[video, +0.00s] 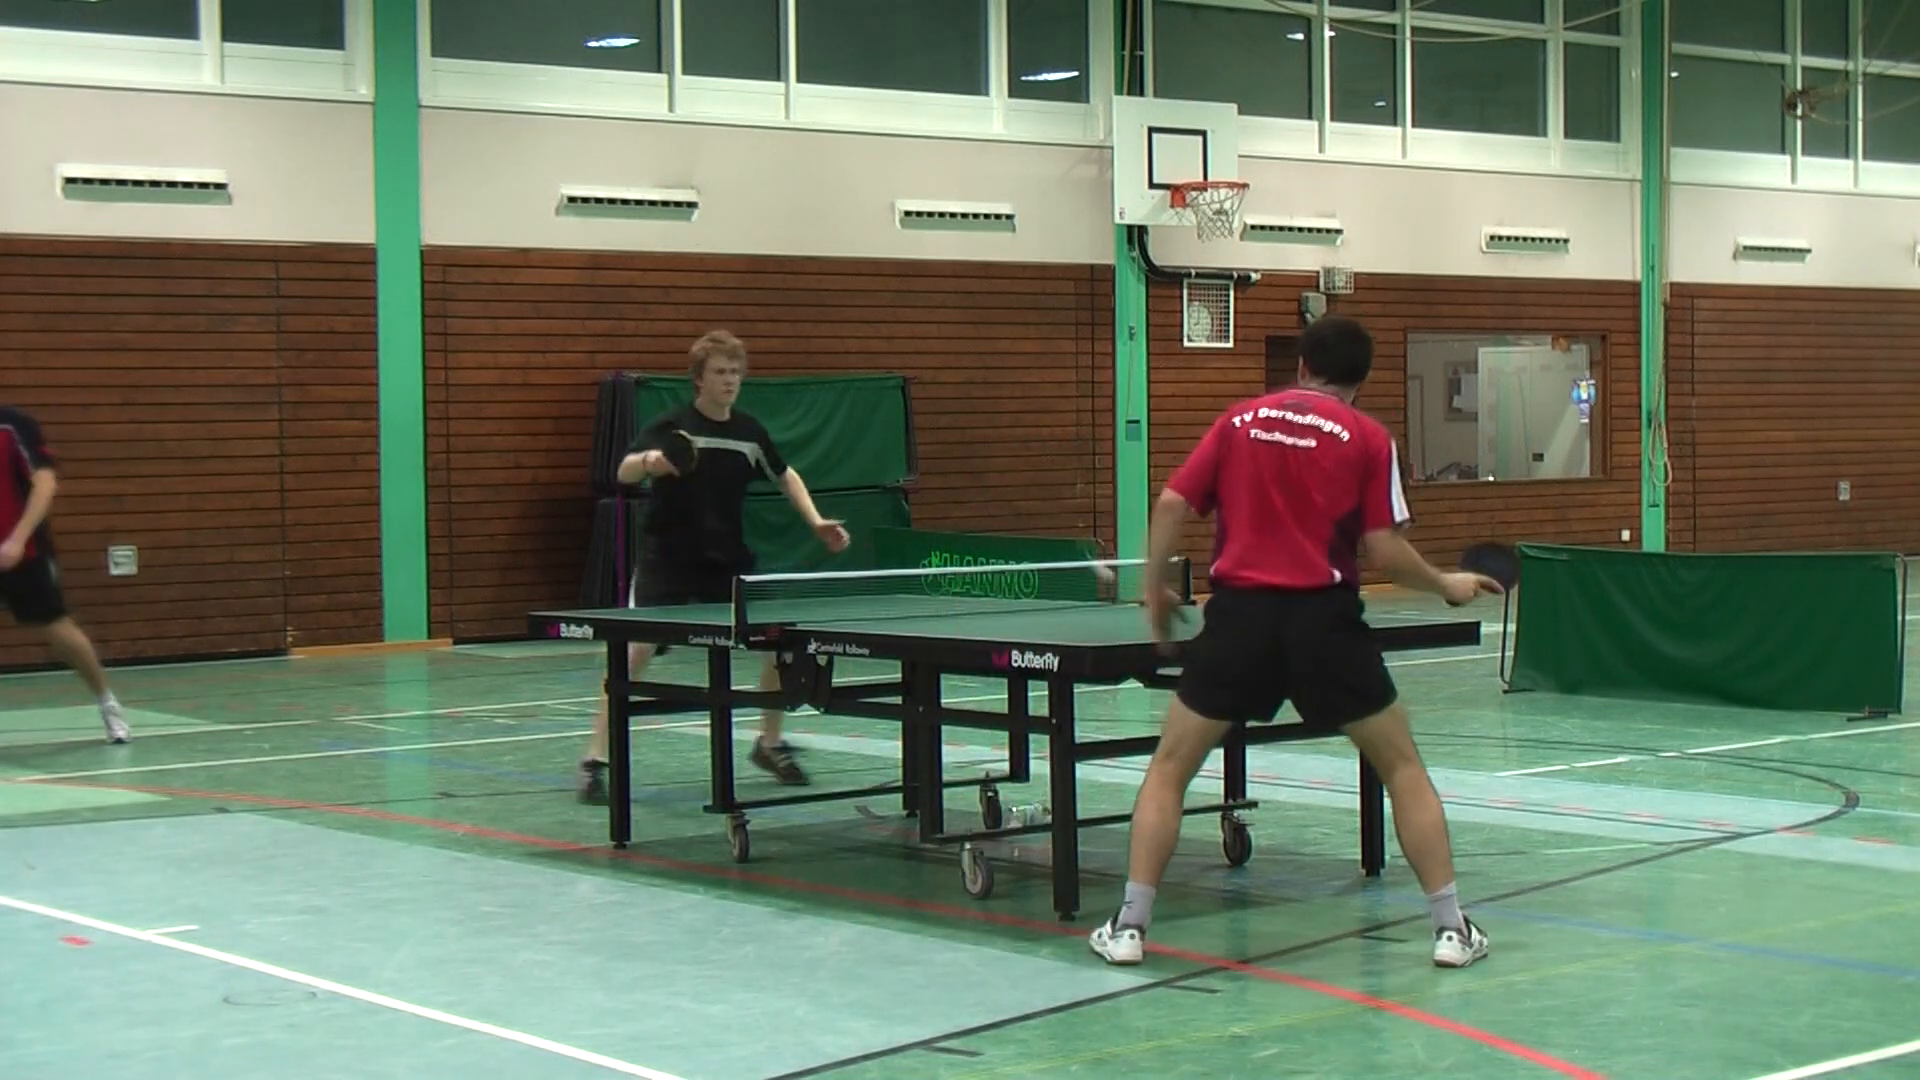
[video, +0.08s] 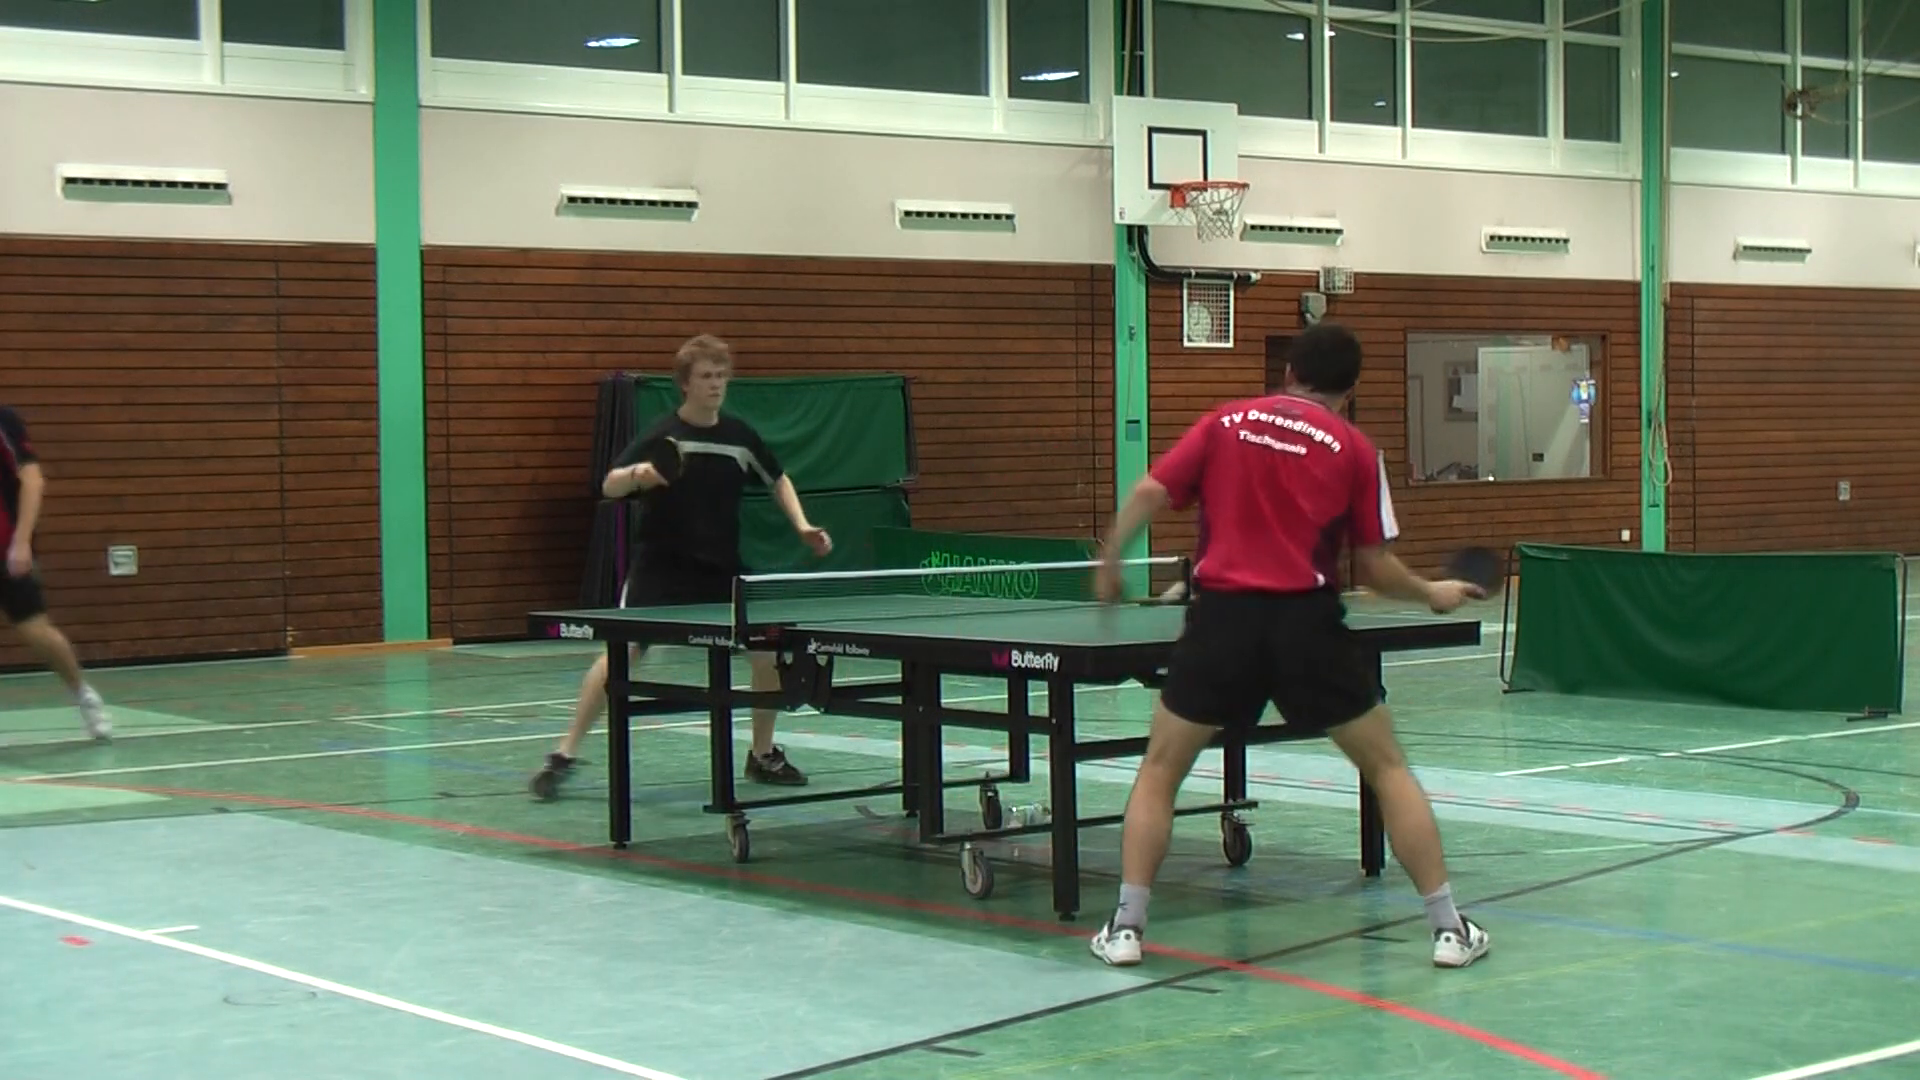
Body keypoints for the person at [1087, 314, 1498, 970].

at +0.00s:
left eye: (1308, 363)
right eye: (1358, 381)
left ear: (1302, 365)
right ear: (1362, 379)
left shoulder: (1241, 416)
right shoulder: (1369, 437)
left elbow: (1172, 504)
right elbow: (1384, 551)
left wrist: (1156, 586)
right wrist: (1444, 583)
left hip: (1235, 624)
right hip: (1325, 627)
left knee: (1170, 767)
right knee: (1401, 767)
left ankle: (1129, 925)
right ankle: (1451, 927)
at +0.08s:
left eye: (1285, 371)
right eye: (1350, 393)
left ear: (1288, 373)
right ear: (1349, 389)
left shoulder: (1224, 421)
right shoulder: (1356, 449)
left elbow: (1149, 493)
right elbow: (1374, 566)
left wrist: (1110, 550)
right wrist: (1430, 591)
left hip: (1219, 627)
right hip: (1310, 630)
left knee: (1160, 769)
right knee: (1384, 766)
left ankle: (1126, 926)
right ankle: (1450, 926)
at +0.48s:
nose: (1198, 390)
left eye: (1201, 381)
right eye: (1203, 382)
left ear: (1210, 385)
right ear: (1261, 391)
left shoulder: (1226, 406)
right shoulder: (1242, 458)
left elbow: (1253, 437)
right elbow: (1128, 521)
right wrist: (1036, 493)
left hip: (1232, 604)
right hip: (1298, 608)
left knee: (1143, 760)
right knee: (1315, 769)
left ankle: (1123, 928)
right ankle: (1435, 875)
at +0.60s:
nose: (1205, 389)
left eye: (1208, 379)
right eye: (1209, 380)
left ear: (1222, 380)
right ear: (1262, 385)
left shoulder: (1236, 411)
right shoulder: (1253, 436)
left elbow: (1287, 454)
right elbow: (1200, 549)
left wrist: (1318, 526)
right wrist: (1108, 557)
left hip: (1256, 616)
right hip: (1317, 615)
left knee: (1155, 764)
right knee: (1350, 760)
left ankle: (1124, 928)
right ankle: (1460, 877)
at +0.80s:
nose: (1257, 382)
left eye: (1259, 369)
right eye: (1259, 369)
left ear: (1279, 367)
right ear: (1319, 368)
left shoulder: (1309, 417)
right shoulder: (1345, 418)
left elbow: (1338, 505)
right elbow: (1323, 542)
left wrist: (1313, 602)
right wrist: (1240, 573)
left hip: (1347, 609)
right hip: (1394, 608)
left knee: (1242, 756)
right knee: (1388, 753)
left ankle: (1188, 917)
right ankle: (1459, 888)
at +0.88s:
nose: (1273, 373)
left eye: (1275, 359)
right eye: (1274, 360)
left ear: (1294, 359)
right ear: (1336, 360)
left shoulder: (1324, 412)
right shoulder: (1373, 410)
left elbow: (1341, 502)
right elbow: (1371, 511)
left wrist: (1299, 608)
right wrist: (1295, 553)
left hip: (1361, 604)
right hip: (1417, 601)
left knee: (1263, 747)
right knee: (1396, 744)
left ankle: (1276, 912)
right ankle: (1461, 887)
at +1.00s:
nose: (1289, 361)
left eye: (1289, 348)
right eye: (1288, 349)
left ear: (1309, 345)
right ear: (1353, 344)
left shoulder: (1336, 399)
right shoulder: (1394, 398)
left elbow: (1344, 490)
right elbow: (1414, 496)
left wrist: (1299, 592)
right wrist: (1353, 576)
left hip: (1374, 591)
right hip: (1431, 587)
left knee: (1305, 751)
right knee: (1412, 735)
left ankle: (1357, 909)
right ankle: (1462, 887)